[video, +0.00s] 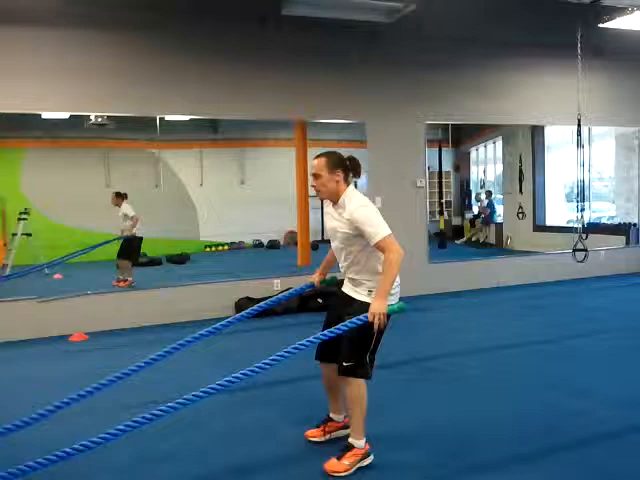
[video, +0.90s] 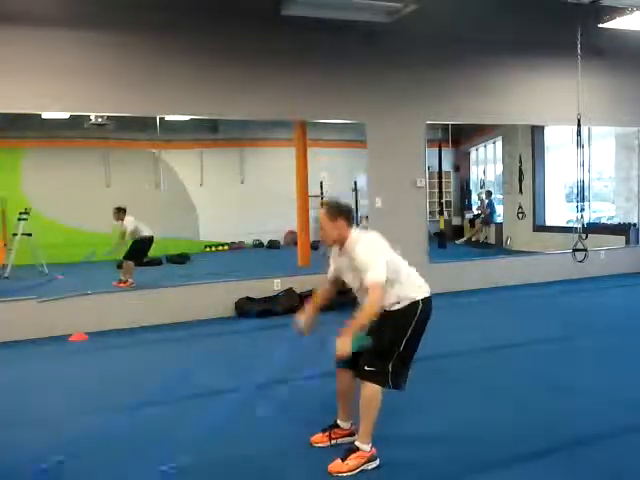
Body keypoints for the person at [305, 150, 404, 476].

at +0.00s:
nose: (312, 183)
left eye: (317, 176)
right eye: (311, 177)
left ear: (338, 177)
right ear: (330, 178)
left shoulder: (359, 208)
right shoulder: (332, 205)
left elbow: (394, 252)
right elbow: (342, 243)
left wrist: (381, 298)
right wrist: (321, 270)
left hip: (369, 299)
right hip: (346, 292)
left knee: (352, 370)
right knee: (326, 358)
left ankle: (359, 446)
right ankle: (339, 418)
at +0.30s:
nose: (329, 187)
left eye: (336, 183)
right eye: (331, 182)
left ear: (356, 190)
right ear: (347, 191)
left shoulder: (376, 225)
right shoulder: (341, 223)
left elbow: (377, 281)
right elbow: (333, 266)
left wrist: (348, 309)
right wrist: (311, 294)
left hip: (380, 310)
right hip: (354, 305)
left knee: (345, 375)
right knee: (326, 366)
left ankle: (350, 450)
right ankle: (334, 424)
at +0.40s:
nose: (349, 171)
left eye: (354, 165)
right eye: (349, 165)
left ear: (375, 169)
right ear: (366, 170)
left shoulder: (388, 197)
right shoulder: (353, 197)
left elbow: (363, 218)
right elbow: (318, 209)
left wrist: (327, 236)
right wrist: (291, 226)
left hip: (383, 297)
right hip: (357, 290)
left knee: (363, 372)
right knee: (337, 359)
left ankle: (358, 448)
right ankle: (335, 421)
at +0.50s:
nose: (350, 179)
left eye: (356, 172)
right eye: (350, 172)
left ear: (373, 172)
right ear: (354, 174)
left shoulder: (387, 197)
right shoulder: (358, 202)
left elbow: (388, 167)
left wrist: (334, 169)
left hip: (390, 289)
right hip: (362, 287)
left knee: (365, 368)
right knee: (339, 357)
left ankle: (366, 447)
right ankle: (338, 421)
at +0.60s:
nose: (331, 214)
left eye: (334, 207)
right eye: (329, 208)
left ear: (354, 199)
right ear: (342, 204)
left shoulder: (378, 218)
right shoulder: (352, 225)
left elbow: (386, 192)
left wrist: (346, 184)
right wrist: (326, 190)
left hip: (397, 300)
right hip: (368, 298)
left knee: (358, 372)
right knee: (333, 361)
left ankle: (365, 448)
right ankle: (343, 423)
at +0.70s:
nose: (315, 250)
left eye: (318, 243)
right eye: (313, 245)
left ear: (335, 240)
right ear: (328, 243)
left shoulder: (361, 257)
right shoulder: (329, 264)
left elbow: (375, 296)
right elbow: (315, 291)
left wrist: (334, 287)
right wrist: (295, 283)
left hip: (410, 309)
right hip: (377, 310)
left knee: (368, 372)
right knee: (346, 363)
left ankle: (364, 448)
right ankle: (344, 426)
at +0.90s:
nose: (320, 231)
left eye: (323, 224)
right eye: (320, 225)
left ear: (340, 224)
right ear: (337, 225)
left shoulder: (366, 245)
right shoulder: (340, 250)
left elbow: (376, 299)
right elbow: (330, 284)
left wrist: (349, 334)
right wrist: (309, 311)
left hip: (411, 303)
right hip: (380, 304)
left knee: (371, 369)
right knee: (346, 357)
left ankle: (365, 449)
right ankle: (345, 426)